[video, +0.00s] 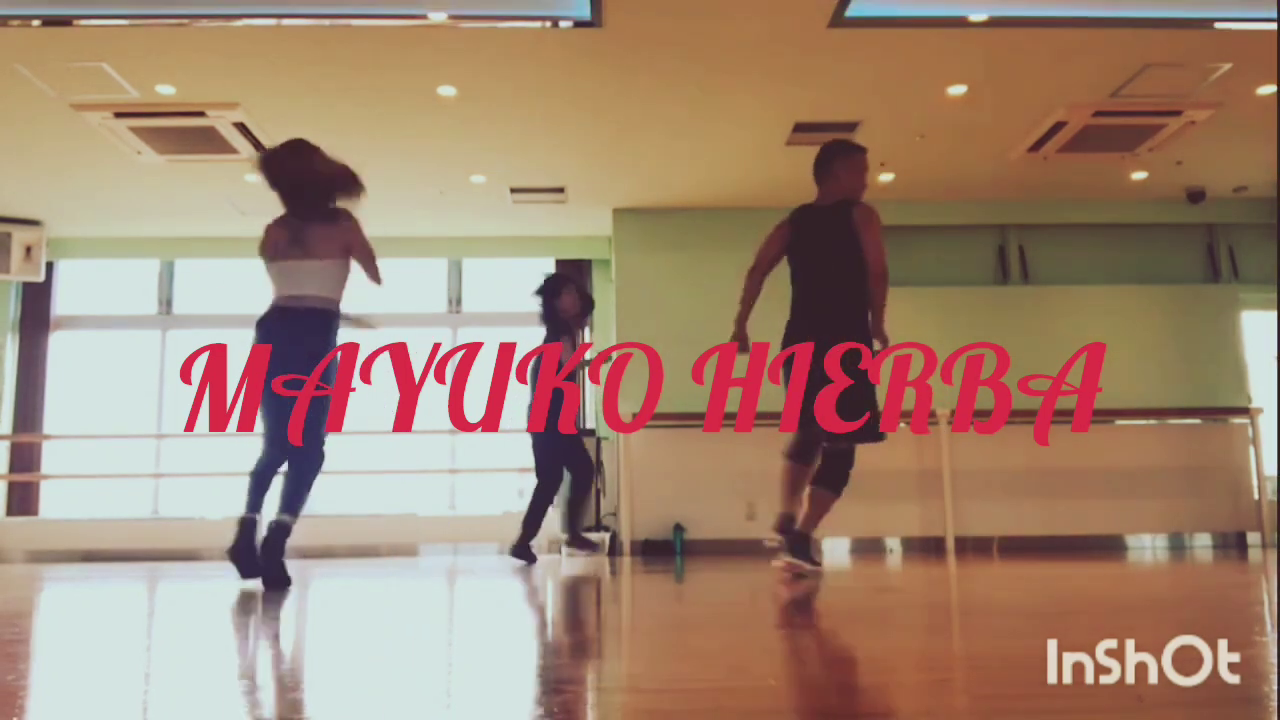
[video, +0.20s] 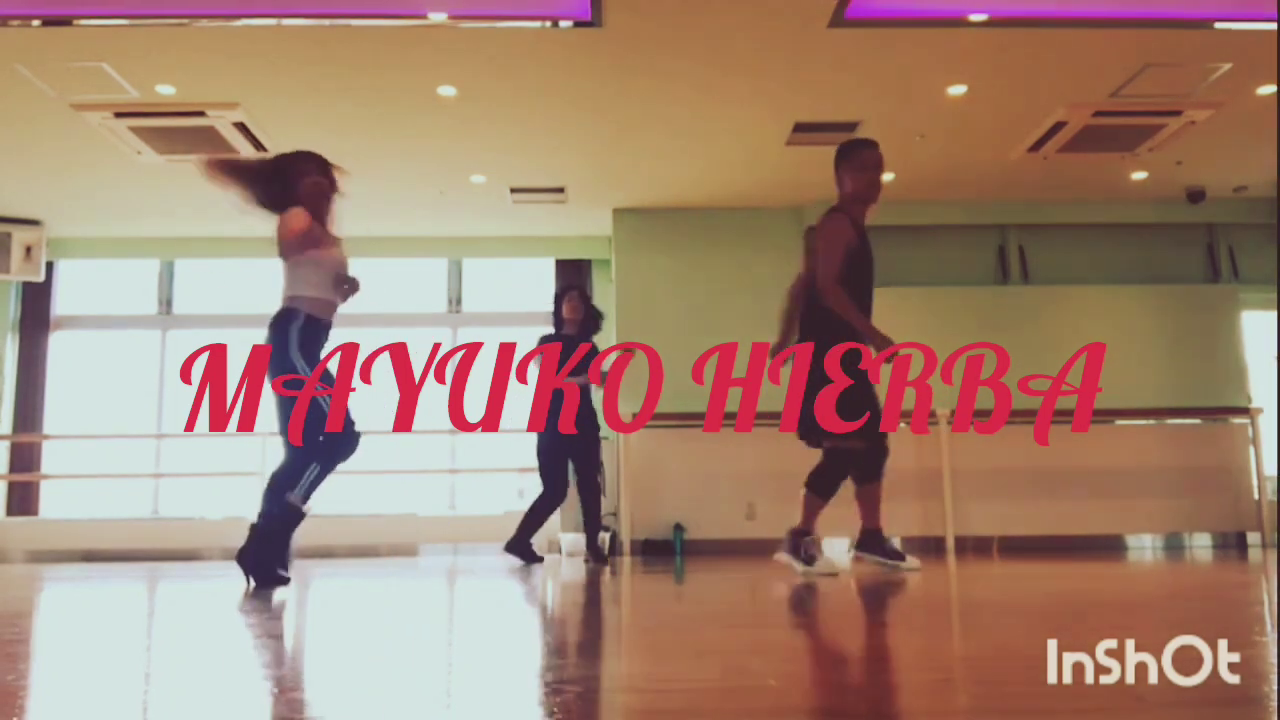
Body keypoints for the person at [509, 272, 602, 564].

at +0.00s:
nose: (571, 301)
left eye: (573, 295)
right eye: (564, 296)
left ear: (580, 302)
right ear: (552, 303)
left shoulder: (568, 335)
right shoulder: (557, 337)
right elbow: (551, 380)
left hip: (560, 422)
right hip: (549, 423)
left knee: (584, 471)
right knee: (549, 481)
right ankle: (522, 542)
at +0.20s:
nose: (571, 306)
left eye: (576, 302)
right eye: (567, 302)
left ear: (586, 309)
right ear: (558, 308)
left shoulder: (589, 347)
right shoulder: (547, 343)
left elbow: (598, 378)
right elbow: (534, 373)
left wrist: (572, 380)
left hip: (583, 424)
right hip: (551, 424)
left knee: (589, 488)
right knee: (555, 490)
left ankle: (592, 547)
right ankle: (520, 540)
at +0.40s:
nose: (567, 298)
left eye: (573, 294)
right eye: (563, 294)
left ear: (584, 301)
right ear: (556, 301)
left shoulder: (597, 338)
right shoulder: (547, 339)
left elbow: (620, 365)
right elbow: (523, 374)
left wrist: (642, 349)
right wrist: (529, 360)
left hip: (580, 424)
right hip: (546, 422)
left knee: (582, 487)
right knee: (526, 476)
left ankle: (592, 546)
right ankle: (535, 537)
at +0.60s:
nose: (561, 301)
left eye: (567, 297)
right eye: (557, 297)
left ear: (576, 304)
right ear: (548, 304)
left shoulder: (585, 342)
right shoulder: (542, 343)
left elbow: (593, 379)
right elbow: (520, 374)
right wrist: (491, 374)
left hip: (572, 422)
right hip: (540, 421)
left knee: (575, 485)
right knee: (527, 483)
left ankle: (590, 544)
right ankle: (532, 548)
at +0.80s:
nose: (555, 298)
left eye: (561, 294)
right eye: (551, 293)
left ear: (569, 301)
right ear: (542, 301)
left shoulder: (581, 338)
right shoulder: (530, 340)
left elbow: (584, 377)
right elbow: (521, 375)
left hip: (568, 417)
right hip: (535, 416)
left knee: (572, 478)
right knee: (527, 481)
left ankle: (568, 541)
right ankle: (532, 547)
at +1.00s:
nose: (554, 297)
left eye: (560, 292)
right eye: (549, 292)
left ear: (568, 300)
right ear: (540, 300)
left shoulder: (578, 338)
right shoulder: (530, 338)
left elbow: (593, 376)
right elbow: (520, 376)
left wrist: (600, 361)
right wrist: (524, 357)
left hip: (571, 418)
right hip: (538, 417)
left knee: (573, 483)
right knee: (530, 483)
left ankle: (563, 547)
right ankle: (532, 547)